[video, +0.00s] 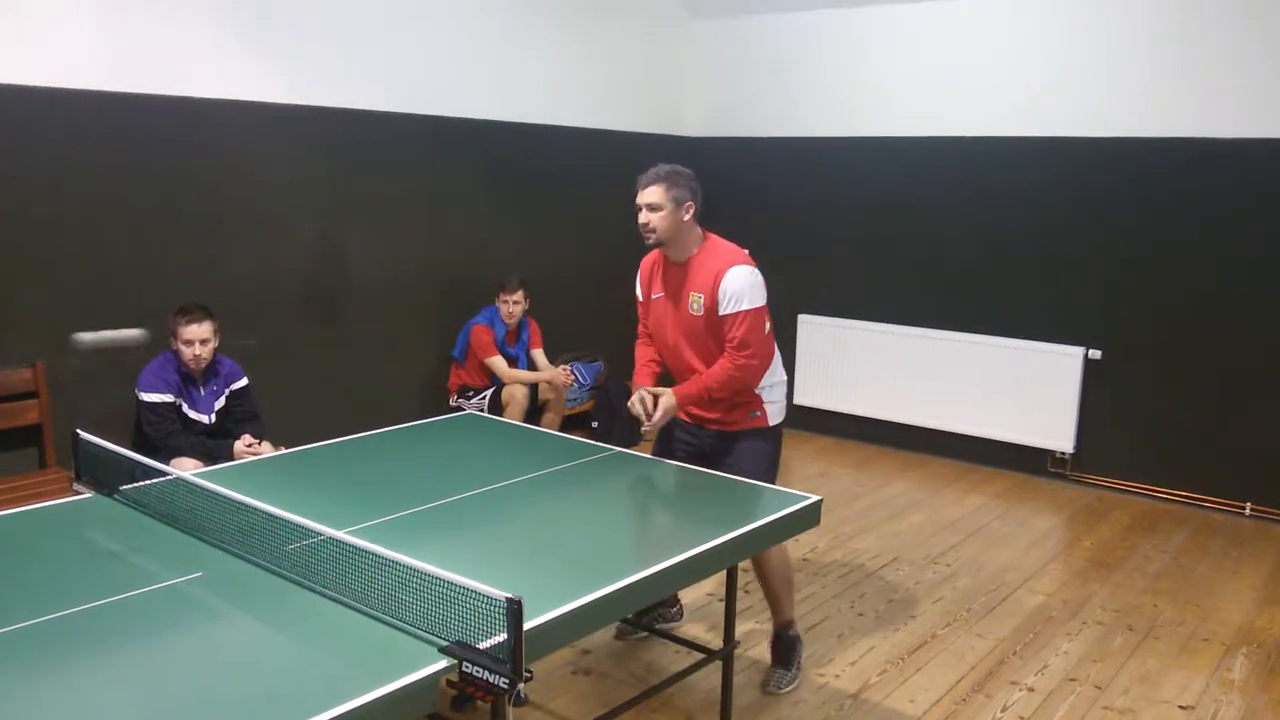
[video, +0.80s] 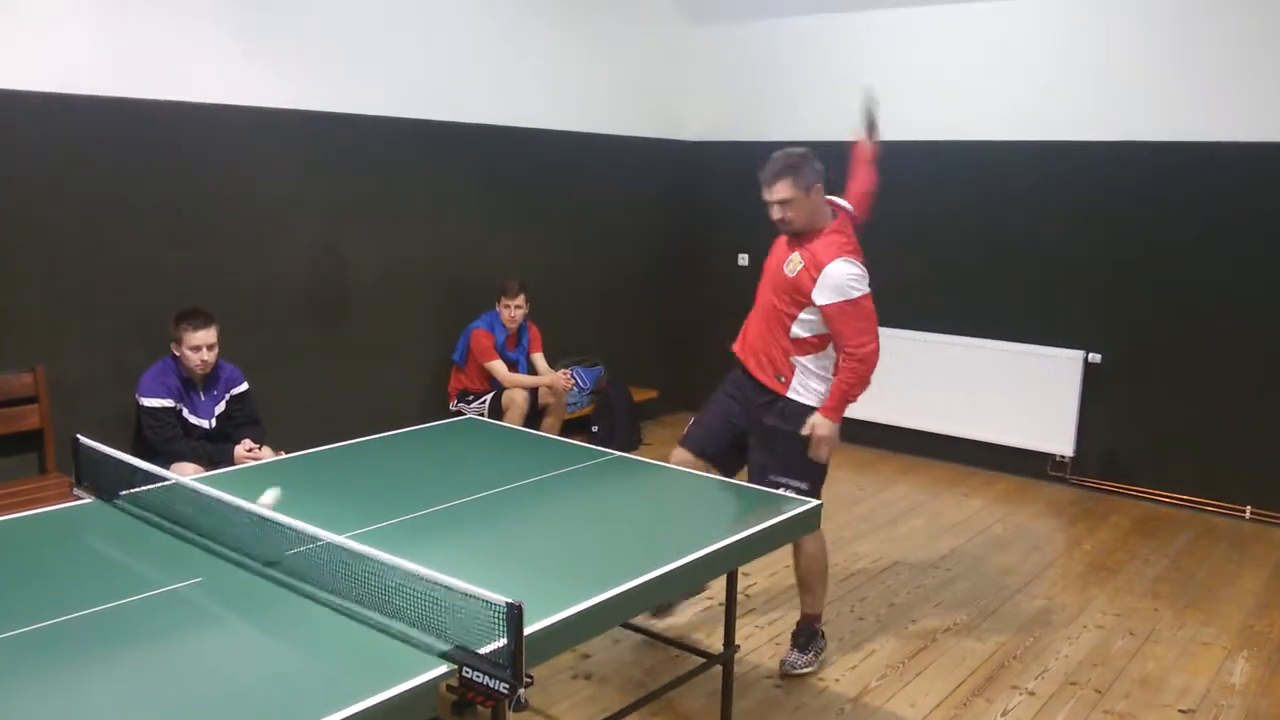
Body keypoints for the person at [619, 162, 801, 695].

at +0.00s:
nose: (641, 219)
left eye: (651, 209)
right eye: (639, 210)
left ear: (687, 210)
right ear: (646, 214)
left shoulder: (734, 272)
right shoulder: (649, 268)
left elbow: (746, 360)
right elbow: (647, 337)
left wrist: (678, 397)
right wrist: (644, 383)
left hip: (748, 417)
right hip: (688, 413)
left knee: (751, 520)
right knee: (652, 502)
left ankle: (786, 636)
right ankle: (663, 600)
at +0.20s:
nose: (650, 236)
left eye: (658, 223)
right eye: (644, 225)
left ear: (690, 212)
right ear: (645, 221)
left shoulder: (750, 264)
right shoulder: (651, 270)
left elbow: (785, 341)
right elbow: (651, 341)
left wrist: (742, 398)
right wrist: (665, 395)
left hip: (758, 419)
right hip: (691, 416)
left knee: (774, 524)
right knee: (656, 505)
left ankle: (789, 638)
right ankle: (663, 599)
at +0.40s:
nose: (679, 261)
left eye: (683, 250)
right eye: (671, 254)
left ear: (709, 229)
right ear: (663, 244)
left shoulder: (775, 264)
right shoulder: (668, 280)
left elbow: (822, 328)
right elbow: (669, 348)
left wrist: (814, 403)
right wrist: (695, 402)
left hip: (781, 415)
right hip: (717, 416)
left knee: (801, 519)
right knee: (679, 507)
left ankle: (812, 626)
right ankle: (663, 599)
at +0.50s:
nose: (713, 244)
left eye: (719, 235)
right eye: (706, 236)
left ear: (747, 214)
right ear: (701, 226)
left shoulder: (801, 258)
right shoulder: (698, 245)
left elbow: (852, 320)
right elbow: (659, 286)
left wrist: (841, 397)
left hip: (786, 413)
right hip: (723, 406)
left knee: (800, 522)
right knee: (689, 504)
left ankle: (812, 629)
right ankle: (664, 597)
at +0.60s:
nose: (747, 221)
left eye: (754, 211)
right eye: (742, 213)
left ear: (784, 197)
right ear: (737, 205)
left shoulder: (825, 259)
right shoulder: (735, 222)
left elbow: (876, 328)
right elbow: (702, 191)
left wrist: (852, 399)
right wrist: (674, 172)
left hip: (788, 411)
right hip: (729, 393)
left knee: (798, 523)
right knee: (687, 499)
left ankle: (809, 631)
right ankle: (660, 594)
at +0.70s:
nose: (763, 220)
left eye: (771, 209)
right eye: (759, 210)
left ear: (805, 198)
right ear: (770, 198)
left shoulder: (831, 267)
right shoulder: (797, 210)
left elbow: (870, 345)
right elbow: (799, 163)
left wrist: (844, 412)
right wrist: (783, 120)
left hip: (793, 408)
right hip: (739, 382)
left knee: (797, 523)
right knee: (685, 483)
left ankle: (808, 632)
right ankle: (657, 586)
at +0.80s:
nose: (776, 216)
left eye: (784, 205)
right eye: (771, 207)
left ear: (818, 194)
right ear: (784, 199)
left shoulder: (837, 266)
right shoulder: (825, 217)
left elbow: (861, 349)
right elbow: (860, 192)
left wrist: (830, 412)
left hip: (794, 407)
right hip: (746, 381)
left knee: (801, 521)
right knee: (685, 464)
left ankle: (809, 628)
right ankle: (674, 577)